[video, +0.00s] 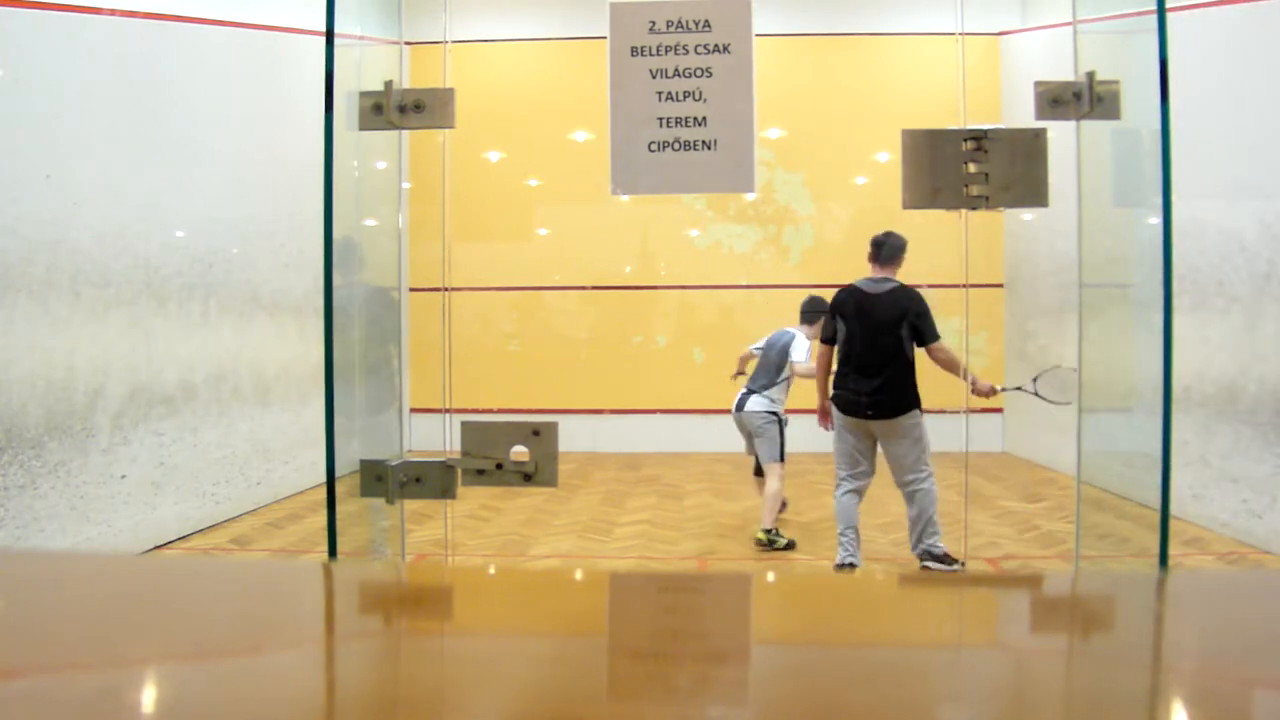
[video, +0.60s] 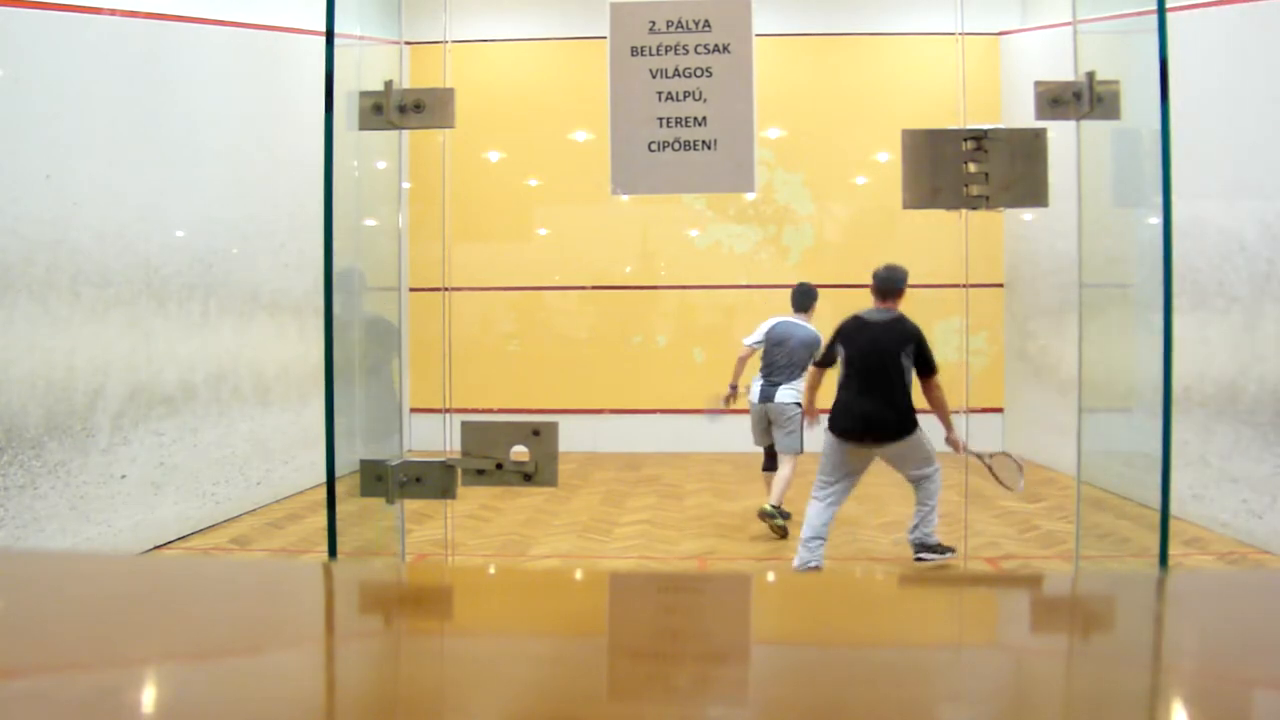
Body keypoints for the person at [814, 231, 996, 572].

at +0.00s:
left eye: (870, 257)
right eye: (900, 260)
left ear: (869, 258)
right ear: (900, 261)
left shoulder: (844, 298)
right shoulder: (909, 299)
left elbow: (824, 354)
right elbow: (937, 351)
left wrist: (822, 399)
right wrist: (973, 381)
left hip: (849, 405)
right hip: (896, 406)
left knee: (849, 481)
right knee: (916, 479)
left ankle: (846, 555)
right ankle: (930, 549)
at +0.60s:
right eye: (902, 290)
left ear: (872, 290)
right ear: (903, 293)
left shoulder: (850, 326)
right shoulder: (909, 332)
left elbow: (818, 367)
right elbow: (930, 385)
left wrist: (809, 405)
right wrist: (950, 429)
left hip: (848, 425)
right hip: (894, 426)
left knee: (826, 490)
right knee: (926, 474)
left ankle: (808, 559)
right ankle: (924, 540)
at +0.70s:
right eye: (912, 303)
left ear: (883, 305)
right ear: (912, 307)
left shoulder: (860, 337)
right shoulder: (916, 344)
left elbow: (839, 372)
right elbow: (937, 397)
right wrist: (958, 436)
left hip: (856, 431)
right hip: (899, 432)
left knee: (832, 496)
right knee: (940, 469)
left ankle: (809, 560)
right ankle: (937, 540)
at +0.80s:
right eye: (936, 310)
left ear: (910, 308)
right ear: (937, 313)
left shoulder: (887, 336)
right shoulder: (939, 349)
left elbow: (861, 359)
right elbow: (962, 399)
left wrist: (891, 352)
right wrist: (986, 434)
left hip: (872, 431)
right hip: (916, 432)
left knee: (849, 493)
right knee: (960, 465)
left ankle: (817, 557)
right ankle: (959, 536)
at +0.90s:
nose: (975, 319)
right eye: (974, 314)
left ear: (948, 310)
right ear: (974, 316)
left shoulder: (920, 334)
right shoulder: (969, 351)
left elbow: (883, 352)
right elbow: (989, 400)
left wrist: (914, 358)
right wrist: (1011, 431)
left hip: (893, 423)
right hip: (934, 425)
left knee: (880, 486)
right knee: (976, 473)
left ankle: (845, 532)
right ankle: (971, 543)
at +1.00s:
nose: (1000, 328)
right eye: (1002, 324)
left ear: (976, 317)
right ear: (1001, 326)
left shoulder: (946, 336)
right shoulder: (990, 356)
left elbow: (900, 355)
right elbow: (1005, 410)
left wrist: (910, 389)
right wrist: (1027, 434)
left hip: (910, 417)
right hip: (948, 421)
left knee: (920, 479)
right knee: (987, 479)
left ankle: (902, 505)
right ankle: (974, 543)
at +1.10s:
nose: (1019, 340)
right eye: (1020, 335)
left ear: (994, 325)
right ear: (1016, 337)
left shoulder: (960, 341)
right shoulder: (1004, 364)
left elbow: (914, 351)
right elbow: (1018, 417)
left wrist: (895, 382)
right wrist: (1045, 435)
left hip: (921, 420)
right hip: (960, 425)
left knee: (938, 460)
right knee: (995, 484)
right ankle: (975, 541)